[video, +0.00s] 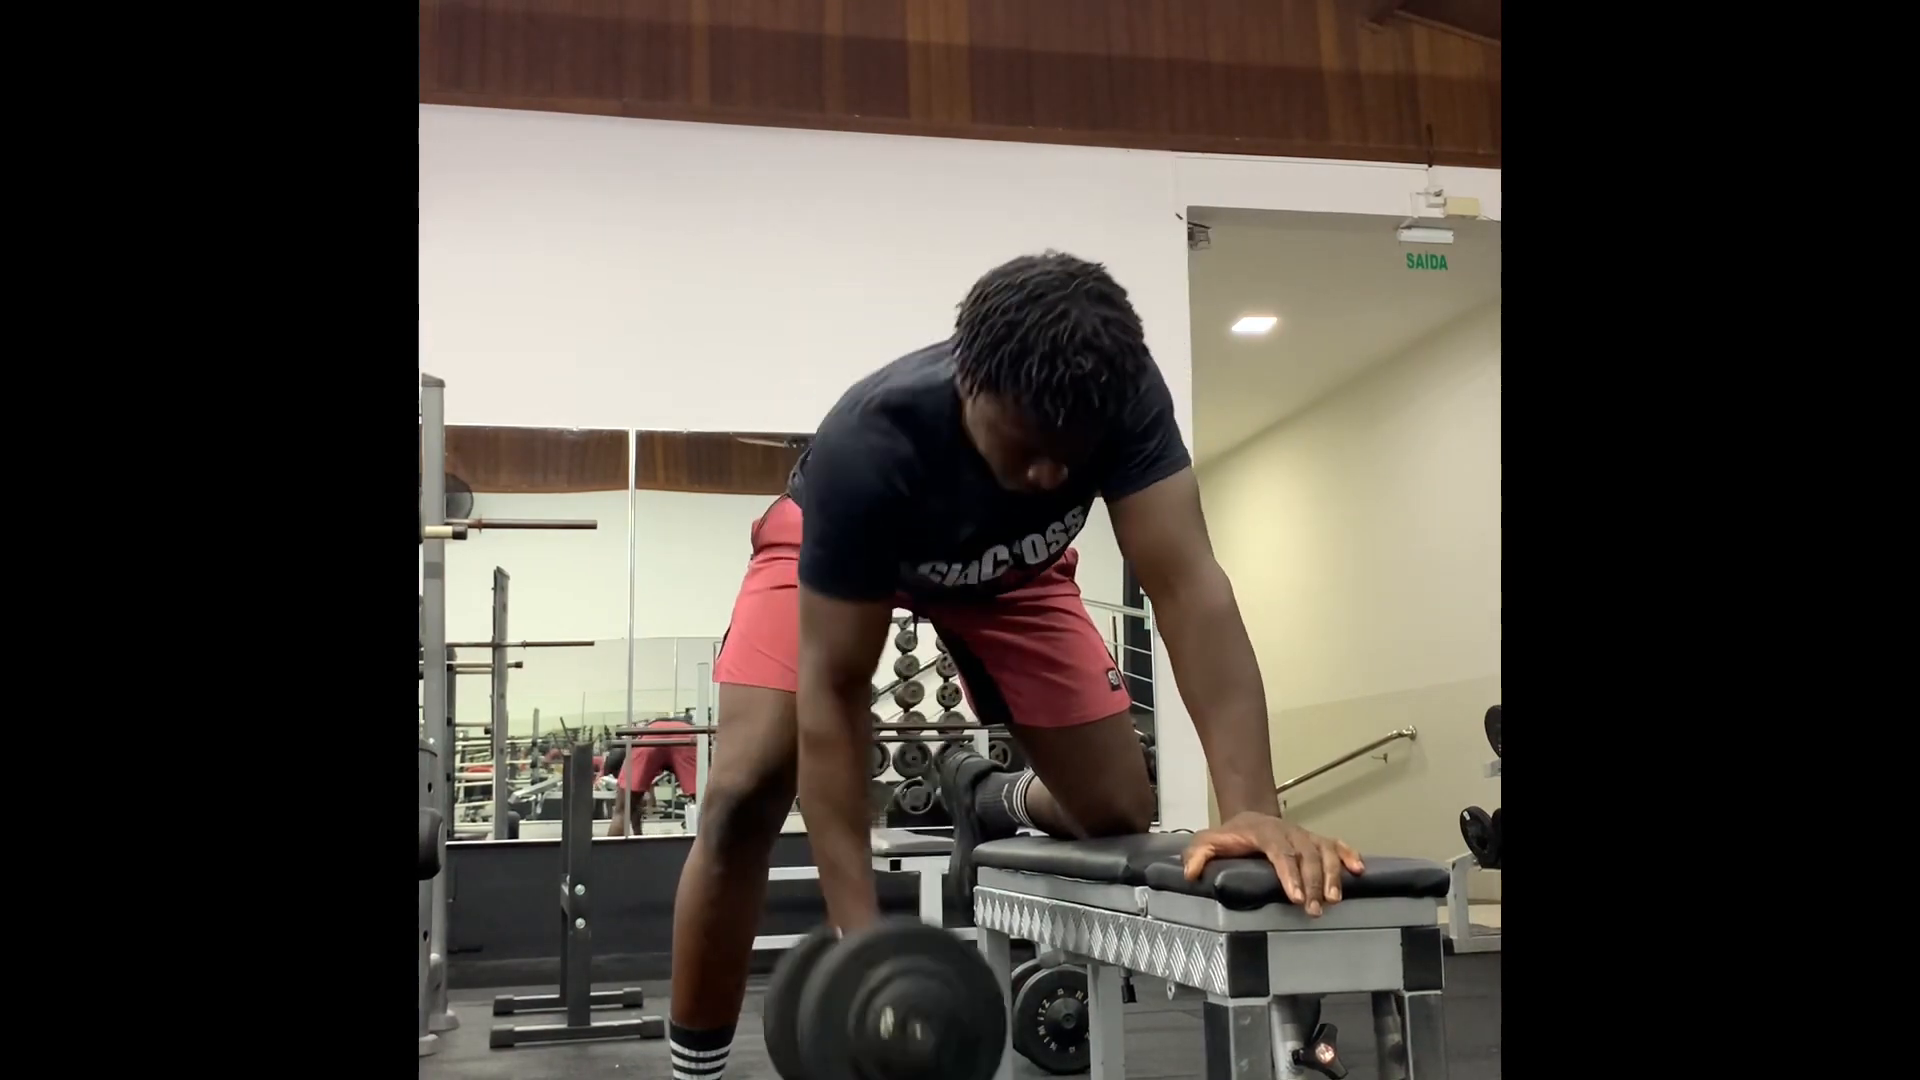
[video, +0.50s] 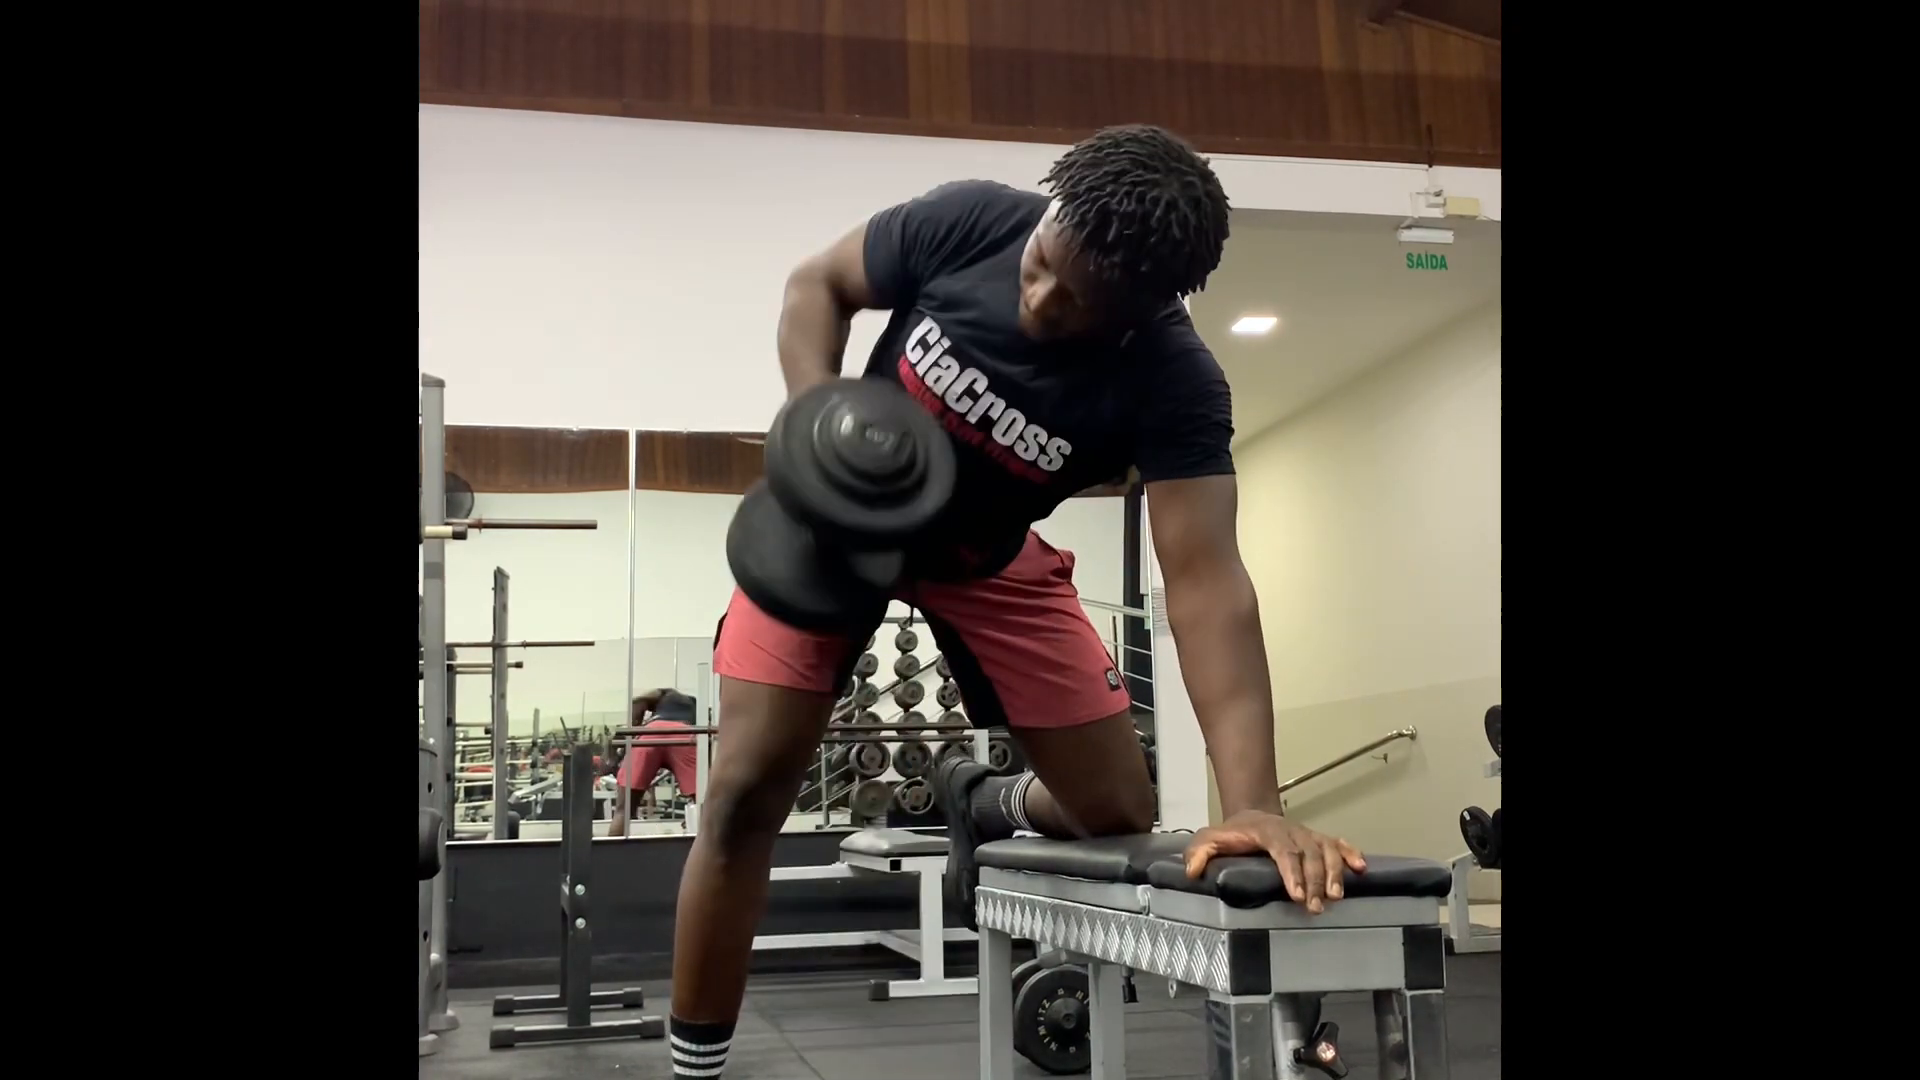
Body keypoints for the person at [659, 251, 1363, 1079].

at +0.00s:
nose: (1050, 474)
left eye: (1073, 451)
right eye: (1022, 448)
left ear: (1110, 405)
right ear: (969, 387)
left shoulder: (1123, 398)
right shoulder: (870, 453)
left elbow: (1187, 582)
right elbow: (833, 695)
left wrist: (1253, 804)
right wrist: (865, 953)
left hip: (1018, 567)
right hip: (839, 558)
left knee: (1120, 814)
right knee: (743, 794)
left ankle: (988, 796)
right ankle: (695, 1071)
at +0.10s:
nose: (1048, 526)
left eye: (1065, 498)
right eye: (1013, 503)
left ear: (1088, 449)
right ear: (953, 457)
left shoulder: (1096, 404)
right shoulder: (867, 528)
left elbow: (1182, 588)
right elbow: (872, 802)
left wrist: (1252, 807)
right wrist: (876, 1053)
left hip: (1012, 557)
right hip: (833, 541)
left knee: (1121, 812)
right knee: (730, 797)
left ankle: (993, 801)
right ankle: (693, 1075)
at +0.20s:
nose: (1046, 538)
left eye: (1061, 511)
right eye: (1013, 518)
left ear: (1082, 466)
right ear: (951, 474)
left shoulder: (1092, 406)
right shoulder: (864, 538)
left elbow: (1184, 592)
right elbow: (872, 812)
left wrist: (1250, 810)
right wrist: (874, 1056)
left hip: (1005, 551)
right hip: (829, 537)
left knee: (1119, 814)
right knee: (730, 799)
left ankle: (988, 790)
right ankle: (692, 1074)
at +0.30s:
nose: (1025, 447)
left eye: (1052, 427)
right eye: (1003, 419)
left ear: (1098, 390)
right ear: (967, 358)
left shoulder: (1131, 390)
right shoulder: (873, 427)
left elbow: (1194, 583)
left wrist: (1253, 805)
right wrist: (865, 946)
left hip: (1017, 563)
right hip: (840, 552)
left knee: (1120, 810)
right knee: (741, 791)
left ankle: (989, 794)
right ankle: (694, 1074)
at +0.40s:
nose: (1035, 332)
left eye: (1075, 325)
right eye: (1032, 292)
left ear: (1141, 321)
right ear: (1027, 242)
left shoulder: (1166, 383)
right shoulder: (926, 282)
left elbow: (1204, 578)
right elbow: (798, 446)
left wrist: (1252, 804)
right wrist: (819, 641)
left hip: (1007, 572)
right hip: (842, 538)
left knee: (1120, 816)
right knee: (740, 794)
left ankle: (986, 800)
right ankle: (694, 1073)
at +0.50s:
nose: (1039, 297)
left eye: (1077, 300)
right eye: (1042, 261)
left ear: (1146, 309)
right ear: (1047, 214)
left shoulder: (1176, 386)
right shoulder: (969, 222)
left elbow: (1207, 579)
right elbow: (817, 285)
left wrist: (1253, 803)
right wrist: (815, 420)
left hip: (995, 561)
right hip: (849, 511)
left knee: (1117, 811)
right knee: (741, 794)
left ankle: (978, 800)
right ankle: (692, 1071)